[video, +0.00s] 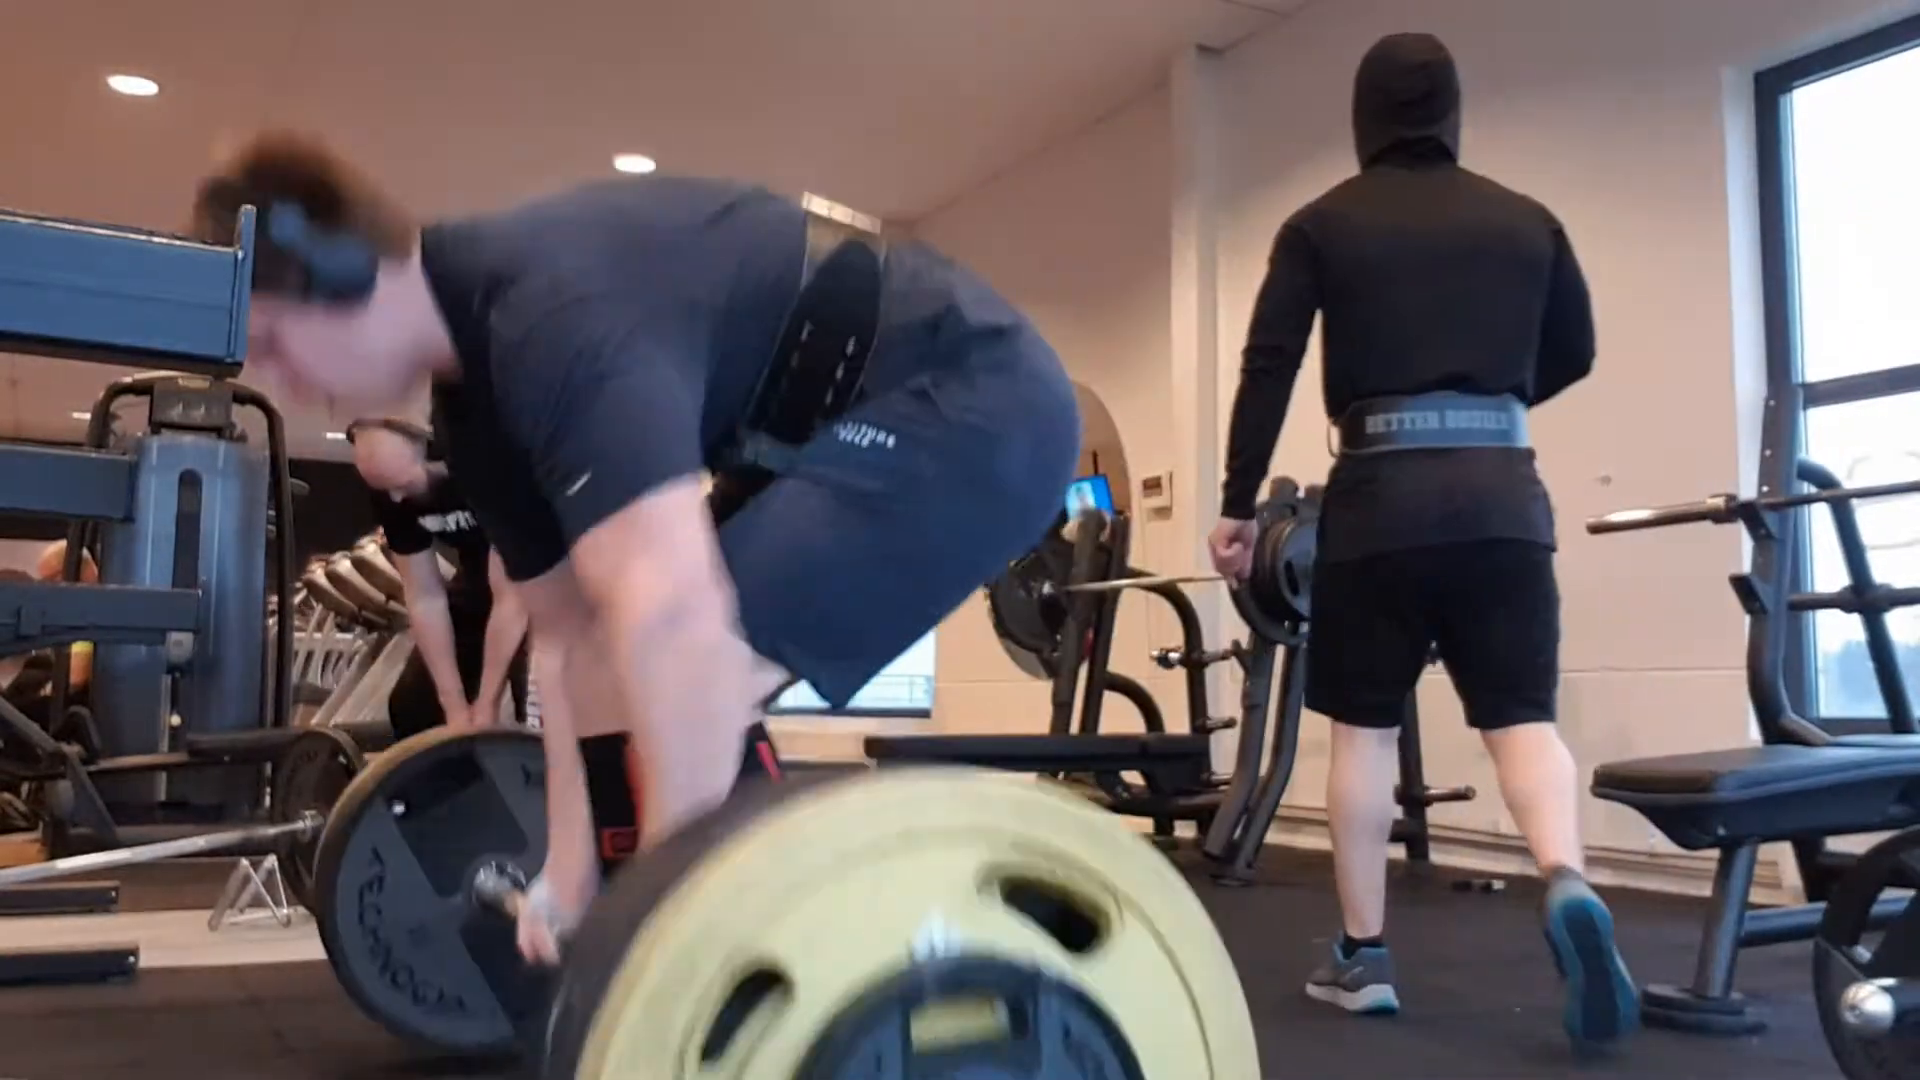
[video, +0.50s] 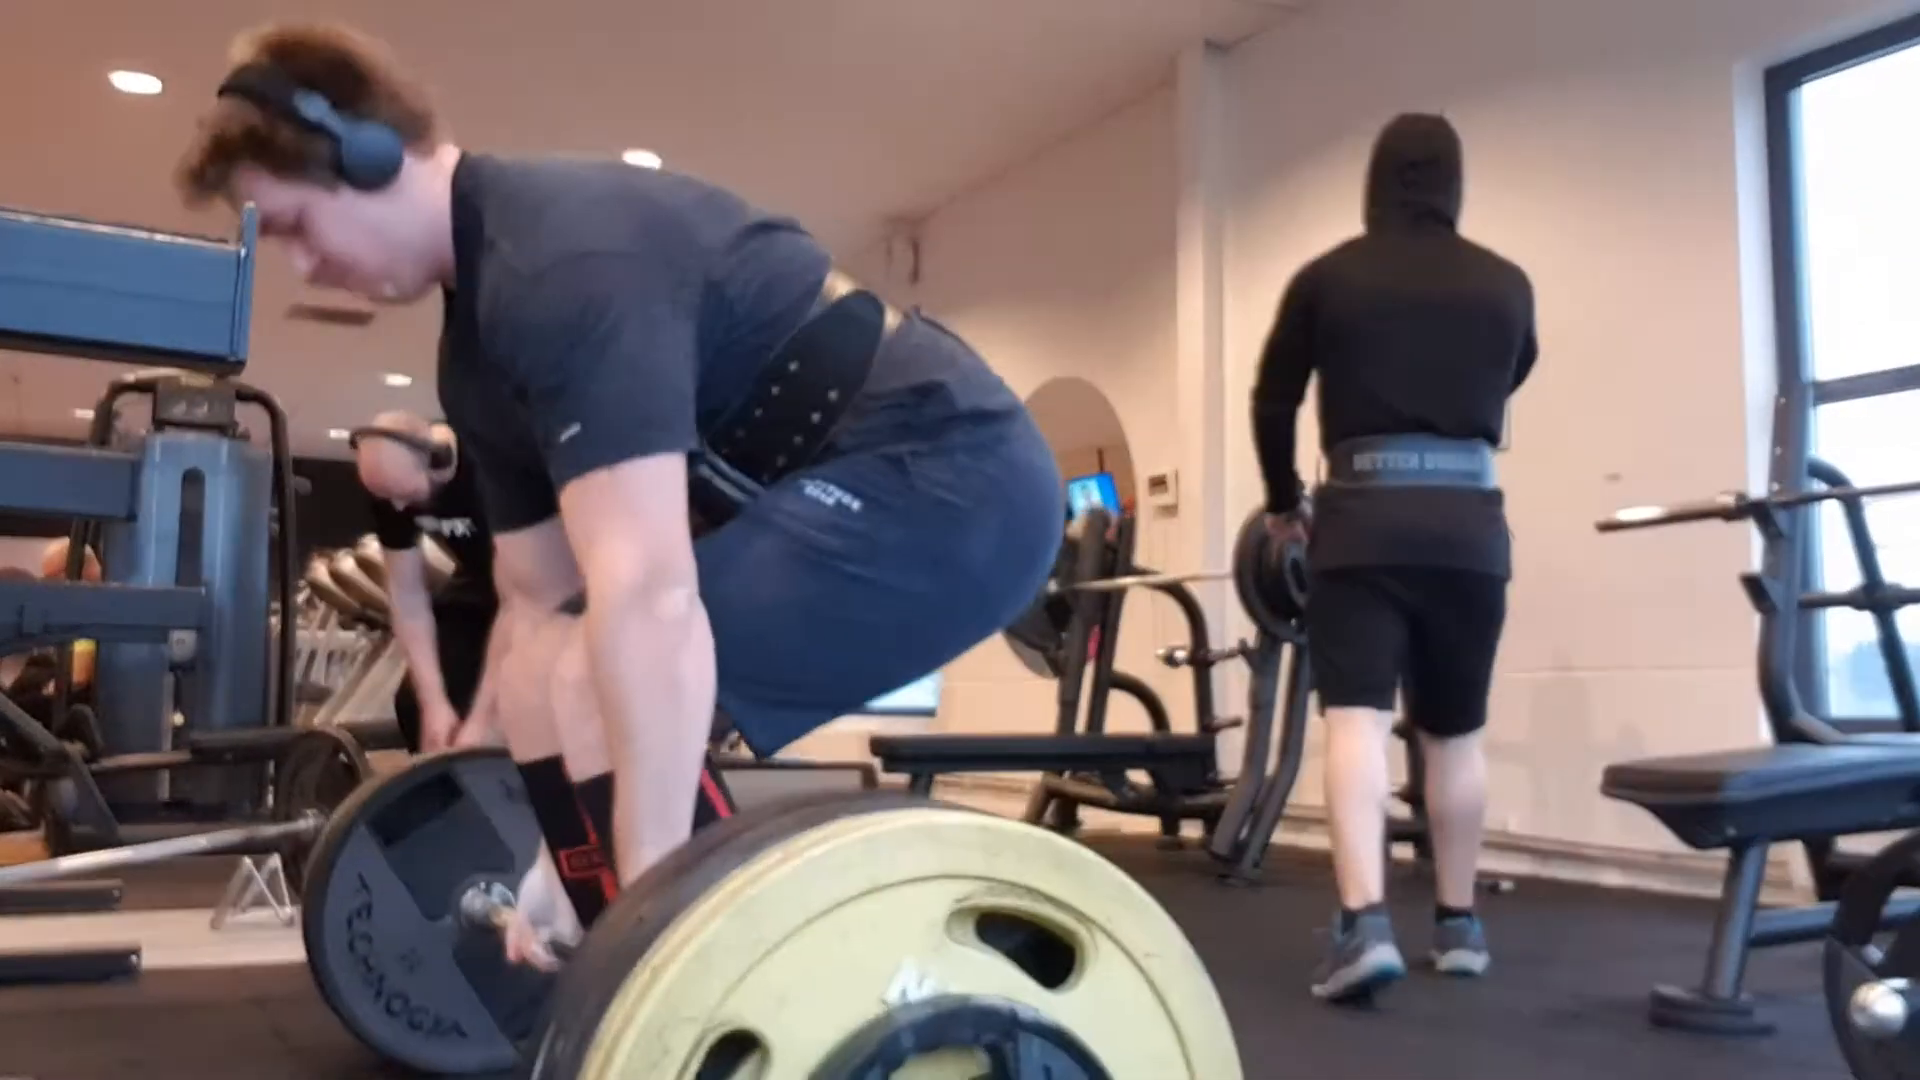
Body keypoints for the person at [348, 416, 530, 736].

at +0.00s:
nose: (398, 496)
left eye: (403, 483)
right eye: (386, 490)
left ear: (426, 458)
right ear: (373, 477)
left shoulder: (479, 469)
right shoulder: (390, 494)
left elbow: (510, 596)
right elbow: (424, 597)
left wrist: (487, 703)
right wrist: (454, 707)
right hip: (474, 588)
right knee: (410, 704)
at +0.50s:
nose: (401, 508)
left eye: (408, 496)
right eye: (389, 499)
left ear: (434, 465)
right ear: (376, 481)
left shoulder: (486, 470)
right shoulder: (389, 487)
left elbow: (516, 601)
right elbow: (408, 600)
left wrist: (483, 718)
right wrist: (435, 704)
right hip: (473, 589)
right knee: (415, 700)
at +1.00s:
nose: (381, 518)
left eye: (387, 506)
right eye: (371, 510)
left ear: (418, 476)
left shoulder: (485, 487)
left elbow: (506, 618)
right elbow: (423, 594)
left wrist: (482, 717)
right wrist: (440, 693)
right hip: (474, 586)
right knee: (415, 698)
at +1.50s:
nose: (354, 547)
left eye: (355, 534)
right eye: (342, 540)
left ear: (377, 501)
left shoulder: (472, 500)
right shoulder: (377, 536)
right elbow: (404, 630)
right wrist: (390, 722)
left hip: (528, 625)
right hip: (459, 637)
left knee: (518, 719)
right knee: (423, 719)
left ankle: (546, 862)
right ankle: (460, 853)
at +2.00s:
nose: (356, 424)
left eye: (363, 410)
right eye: (354, 413)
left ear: (398, 395)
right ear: (365, 410)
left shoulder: (460, 444)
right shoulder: (392, 461)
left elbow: (515, 564)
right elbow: (419, 562)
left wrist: (490, 674)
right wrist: (406, 651)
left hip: (538, 589)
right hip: (471, 595)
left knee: (540, 701)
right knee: (450, 696)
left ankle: (549, 862)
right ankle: (465, 853)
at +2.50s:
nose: (478, 252)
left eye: (492, 239)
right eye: (474, 241)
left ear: (532, 249)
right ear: (474, 254)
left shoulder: (568, 327)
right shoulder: (472, 342)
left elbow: (587, 437)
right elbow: (478, 437)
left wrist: (567, 537)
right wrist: (460, 526)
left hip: (565, 533)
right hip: (498, 539)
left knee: (566, 687)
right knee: (506, 687)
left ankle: (555, 857)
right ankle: (525, 846)